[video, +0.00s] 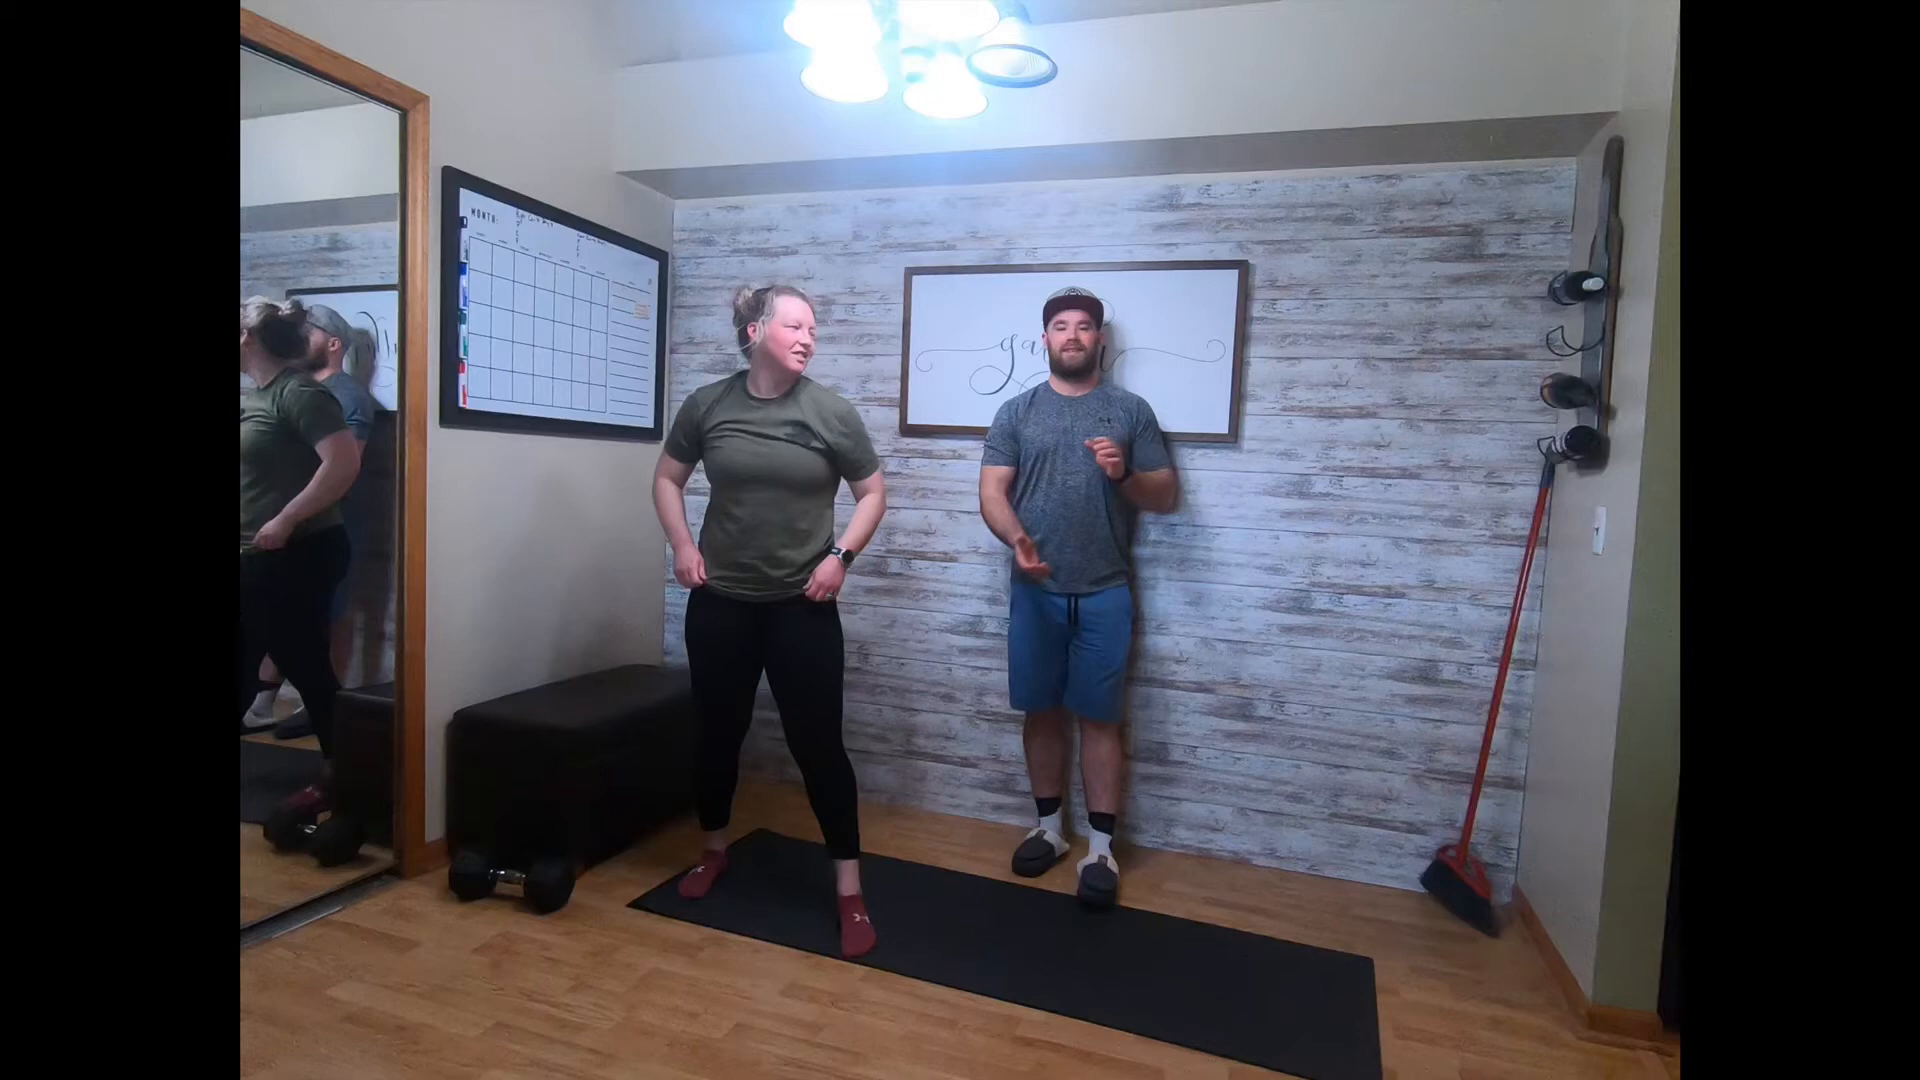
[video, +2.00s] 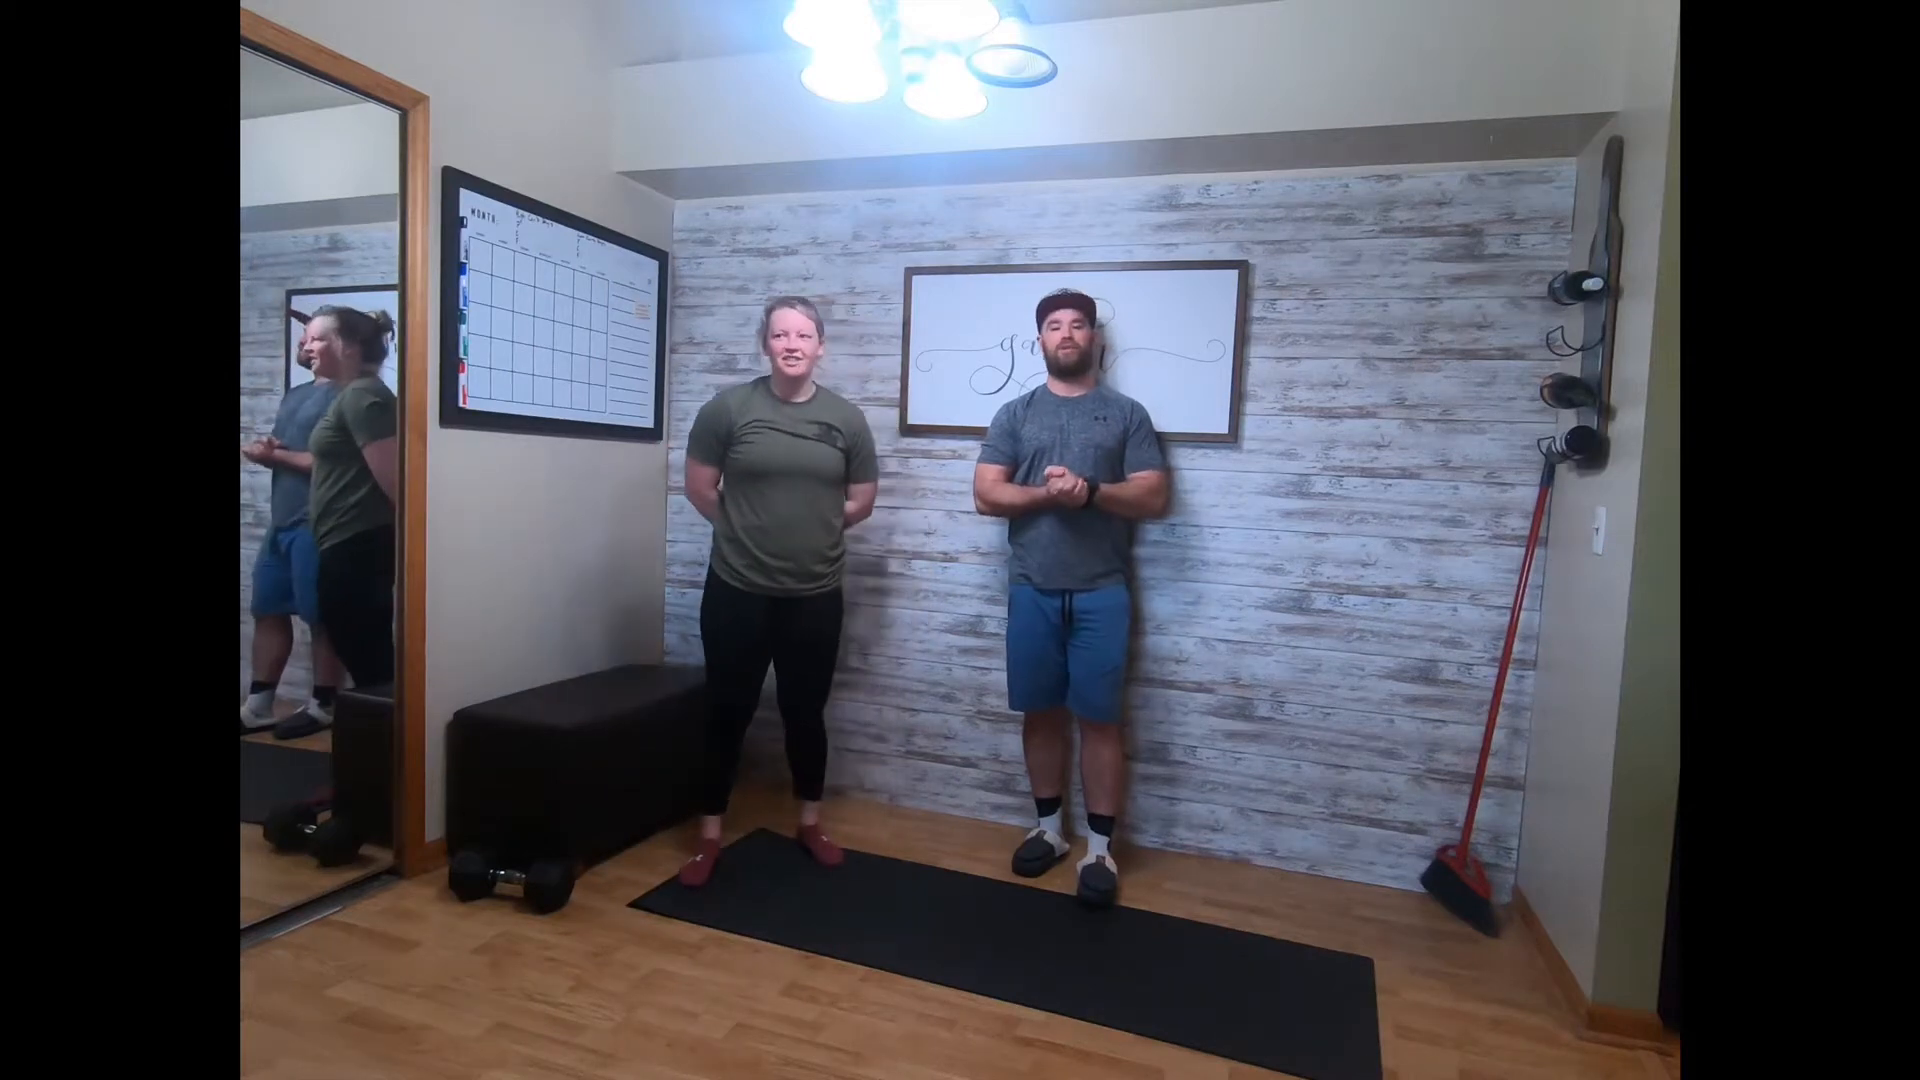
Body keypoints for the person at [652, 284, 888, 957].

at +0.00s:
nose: (808, 339)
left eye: (812, 330)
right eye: (796, 327)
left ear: (809, 340)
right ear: (754, 331)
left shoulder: (830, 414)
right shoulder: (708, 406)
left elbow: (873, 493)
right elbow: (667, 479)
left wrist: (841, 557)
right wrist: (684, 545)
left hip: (802, 607)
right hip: (720, 605)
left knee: (820, 747)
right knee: (714, 736)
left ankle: (849, 886)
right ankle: (713, 851)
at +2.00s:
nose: (791, 344)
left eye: (802, 336)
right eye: (781, 336)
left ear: (820, 346)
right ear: (765, 346)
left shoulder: (847, 419)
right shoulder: (728, 408)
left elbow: (859, 503)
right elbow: (699, 488)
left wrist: (806, 525)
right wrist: (749, 527)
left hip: (814, 594)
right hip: (736, 589)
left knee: (805, 712)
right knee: (725, 712)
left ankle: (811, 823)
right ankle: (710, 833)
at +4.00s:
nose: (727, 349)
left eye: (739, 339)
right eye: (717, 337)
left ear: (757, 347)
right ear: (698, 341)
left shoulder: (775, 407)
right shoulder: (658, 399)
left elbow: (833, 468)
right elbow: (592, 458)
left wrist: (809, 486)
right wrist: (648, 479)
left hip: (758, 590)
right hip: (680, 590)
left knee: (777, 712)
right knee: (696, 717)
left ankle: (796, 823)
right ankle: (706, 839)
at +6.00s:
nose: (746, 358)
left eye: (756, 347)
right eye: (734, 346)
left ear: (768, 350)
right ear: (709, 346)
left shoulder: (792, 418)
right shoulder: (667, 409)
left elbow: (807, 503)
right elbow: (632, 491)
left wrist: (751, 527)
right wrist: (689, 528)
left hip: (770, 593)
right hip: (690, 591)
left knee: (782, 716)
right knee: (699, 718)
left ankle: (797, 824)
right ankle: (707, 837)